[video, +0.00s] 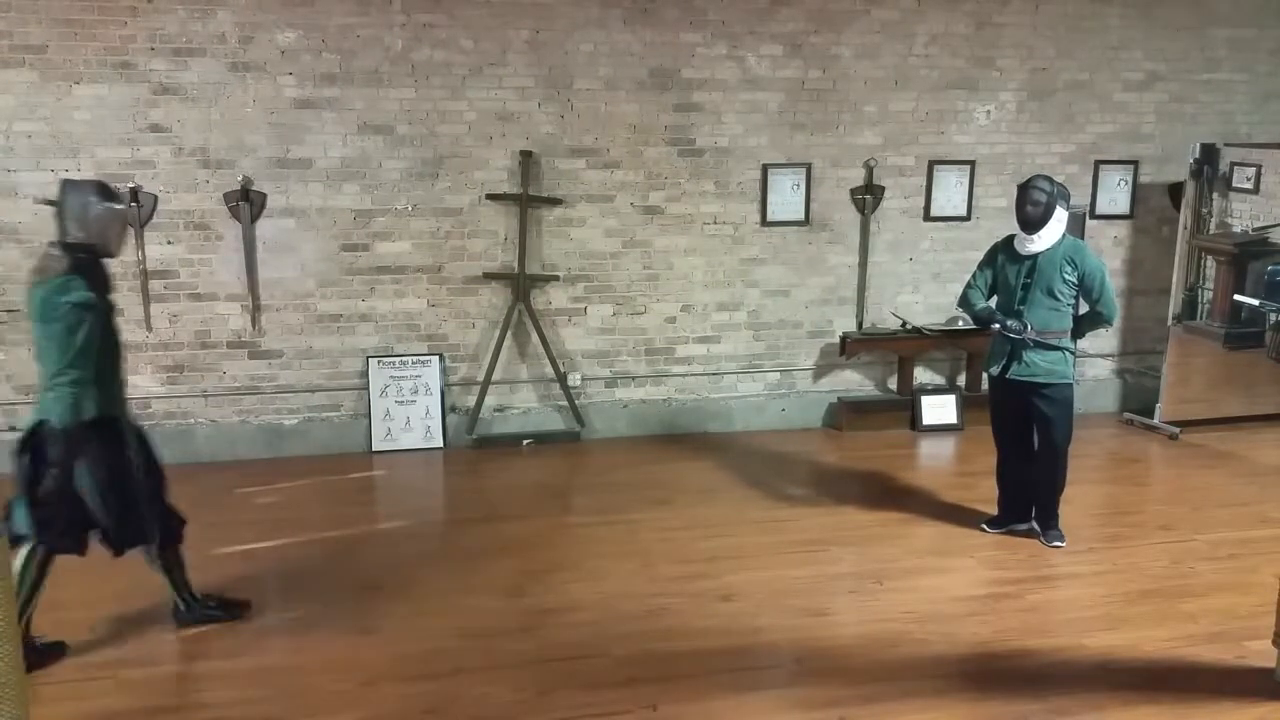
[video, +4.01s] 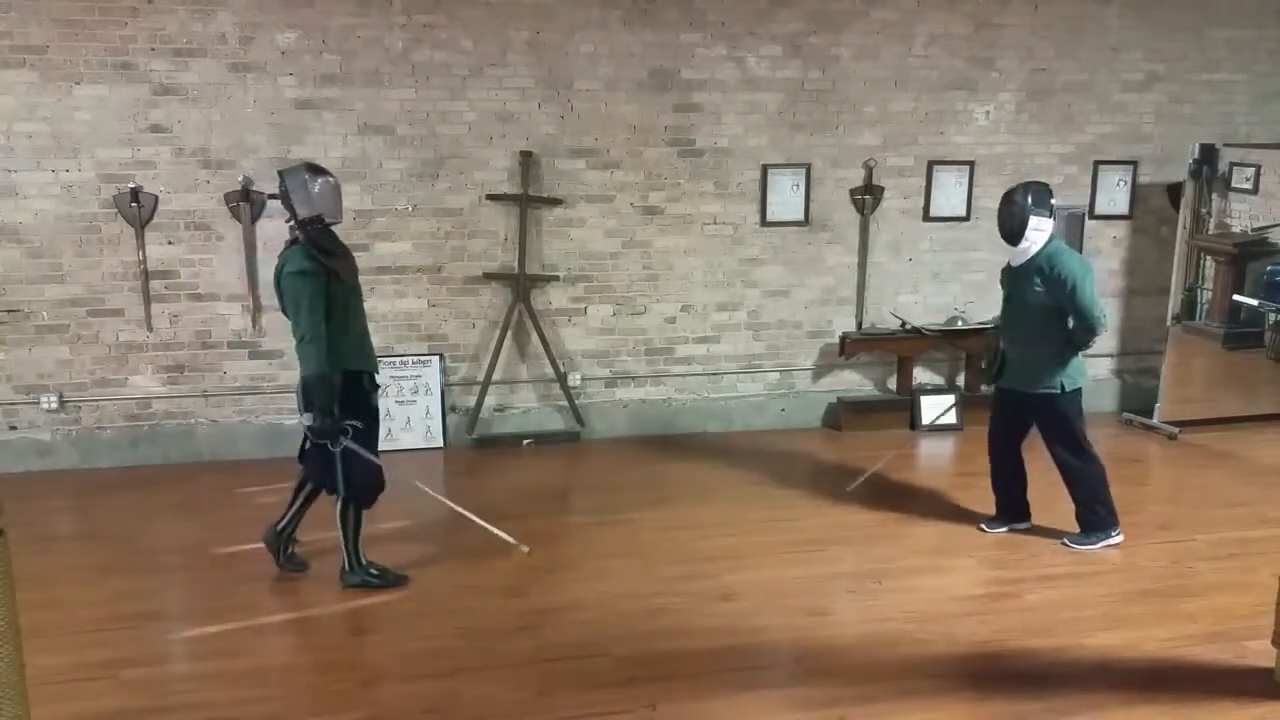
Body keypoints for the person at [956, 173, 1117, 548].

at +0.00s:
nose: (1026, 211)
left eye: (1035, 204)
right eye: (1022, 203)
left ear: (1055, 208)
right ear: (1016, 204)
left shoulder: (1077, 254)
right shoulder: (1003, 250)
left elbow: (1106, 312)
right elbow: (970, 297)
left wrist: (1070, 330)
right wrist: (996, 320)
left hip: (1051, 372)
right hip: (1005, 370)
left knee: (1052, 452)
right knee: (1010, 448)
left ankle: (1048, 522)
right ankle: (1013, 514)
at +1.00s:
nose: (1028, 209)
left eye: (1037, 203)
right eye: (1024, 202)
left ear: (1058, 207)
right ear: (1019, 204)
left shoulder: (1079, 254)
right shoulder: (1004, 250)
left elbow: (1107, 312)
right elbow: (972, 296)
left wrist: (1068, 331)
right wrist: (999, 320)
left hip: (1052, 372)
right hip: (1006, 370)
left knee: (1053, 453)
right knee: (1011, 449)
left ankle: (1048, 522)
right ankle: (1013, 515)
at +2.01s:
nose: (1027, 210)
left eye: (1036, 205)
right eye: (1023, 203)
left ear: (1056, 209)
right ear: (1017, 204)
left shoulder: (1079, 255)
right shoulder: (1007, 249)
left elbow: (1107, 312)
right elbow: (974, 273)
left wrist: (1069, 330)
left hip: (1050, 368)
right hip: (1004, 364)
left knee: (1048, 451)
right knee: (1010, 447)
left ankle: (1047, 521)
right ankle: (1013, 515)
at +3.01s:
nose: (1013, 215)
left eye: (1021, 208)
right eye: (1010, 208)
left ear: (1043, 209)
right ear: (1005, 208)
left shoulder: (1073, 253)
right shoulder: (998, 252)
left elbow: (1103, 309)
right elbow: (949, 280)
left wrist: (1068, 326)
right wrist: (946, 244)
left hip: (1049, 365)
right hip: (1002, 363)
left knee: (1049, 448)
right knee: (1008, 444)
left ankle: (1046, 521)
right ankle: (1012, 513)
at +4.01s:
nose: (1003, 221)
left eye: (1011, 213)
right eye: (1003, 213)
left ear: (1035, 218)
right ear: (1035, 219)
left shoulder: (1064, 263)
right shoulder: (1015, 265)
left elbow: (1092, 322)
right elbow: (1015, 316)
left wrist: (1069, 342)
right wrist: (1009, 342)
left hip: (1055, 377)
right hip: (1016, 374)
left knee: (1073, 453)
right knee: (1002, 444)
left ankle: (1102, 526)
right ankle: (1013, 514)